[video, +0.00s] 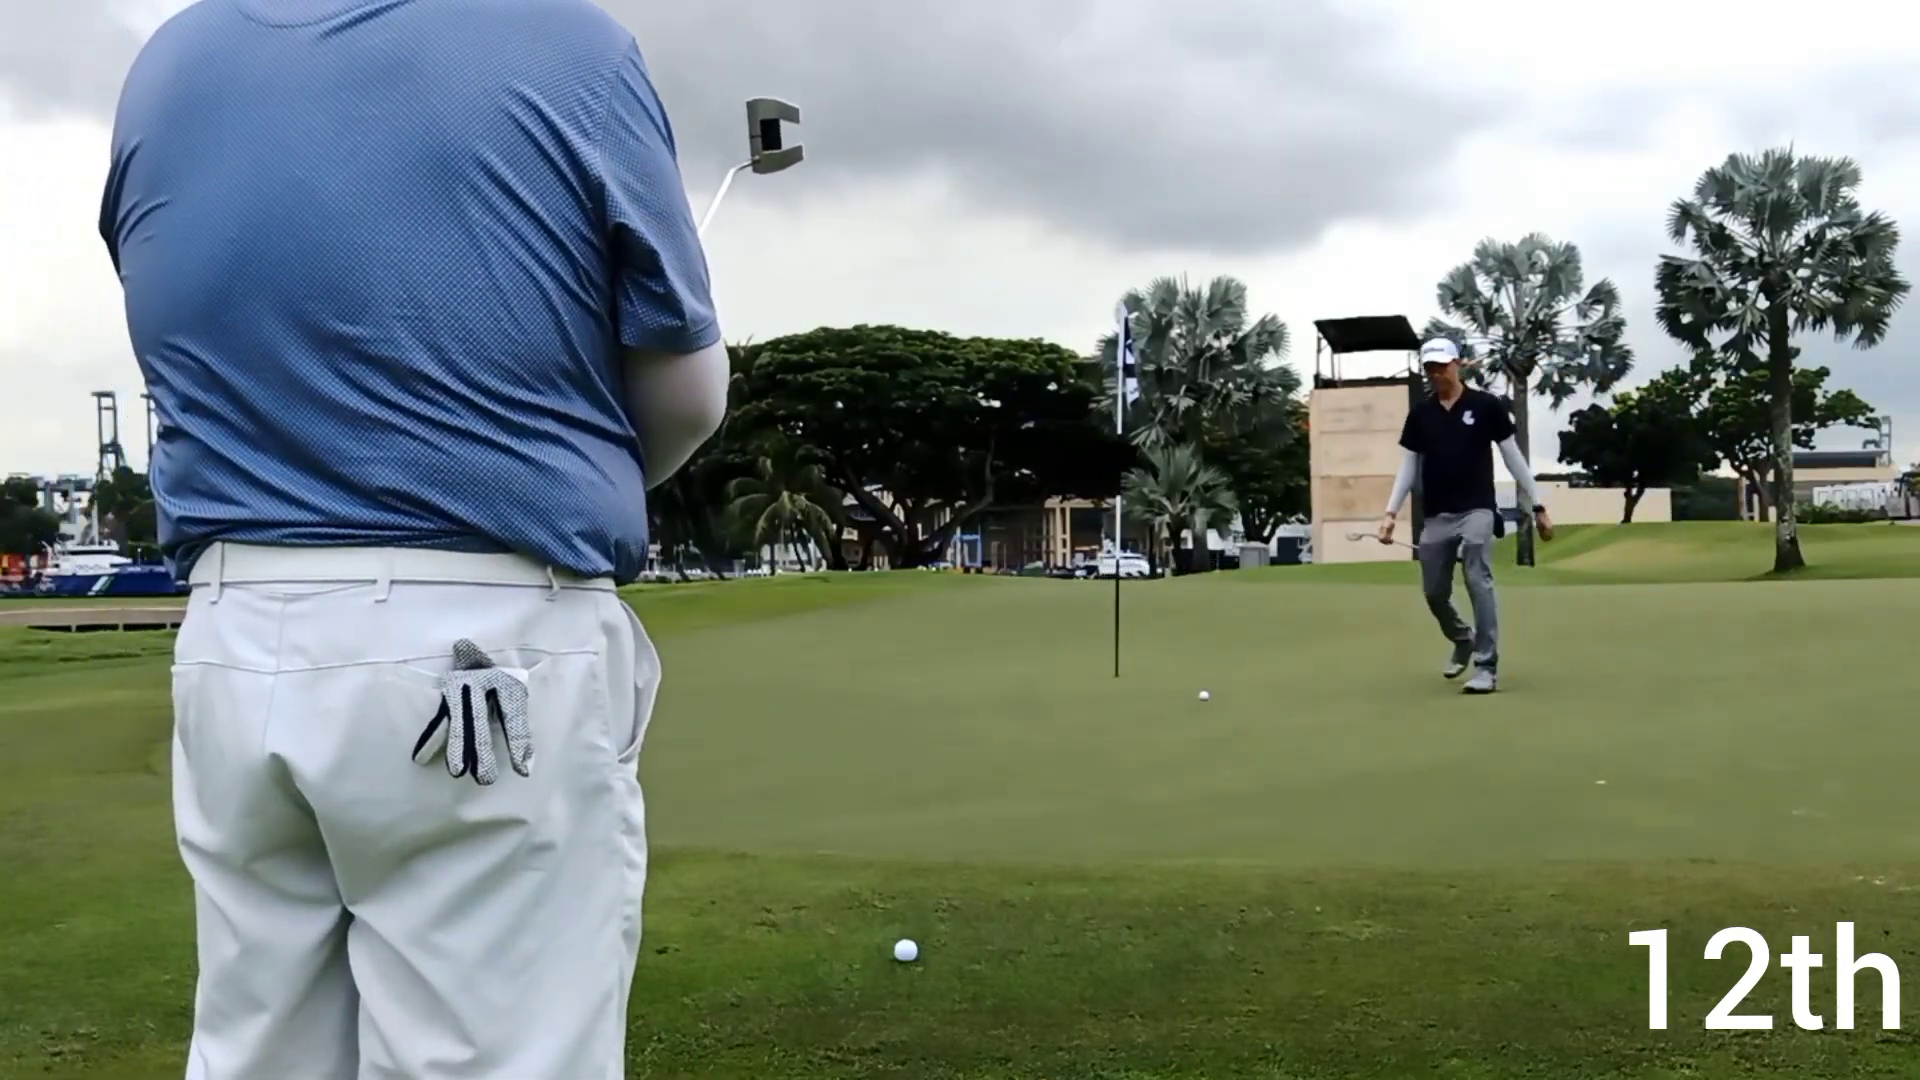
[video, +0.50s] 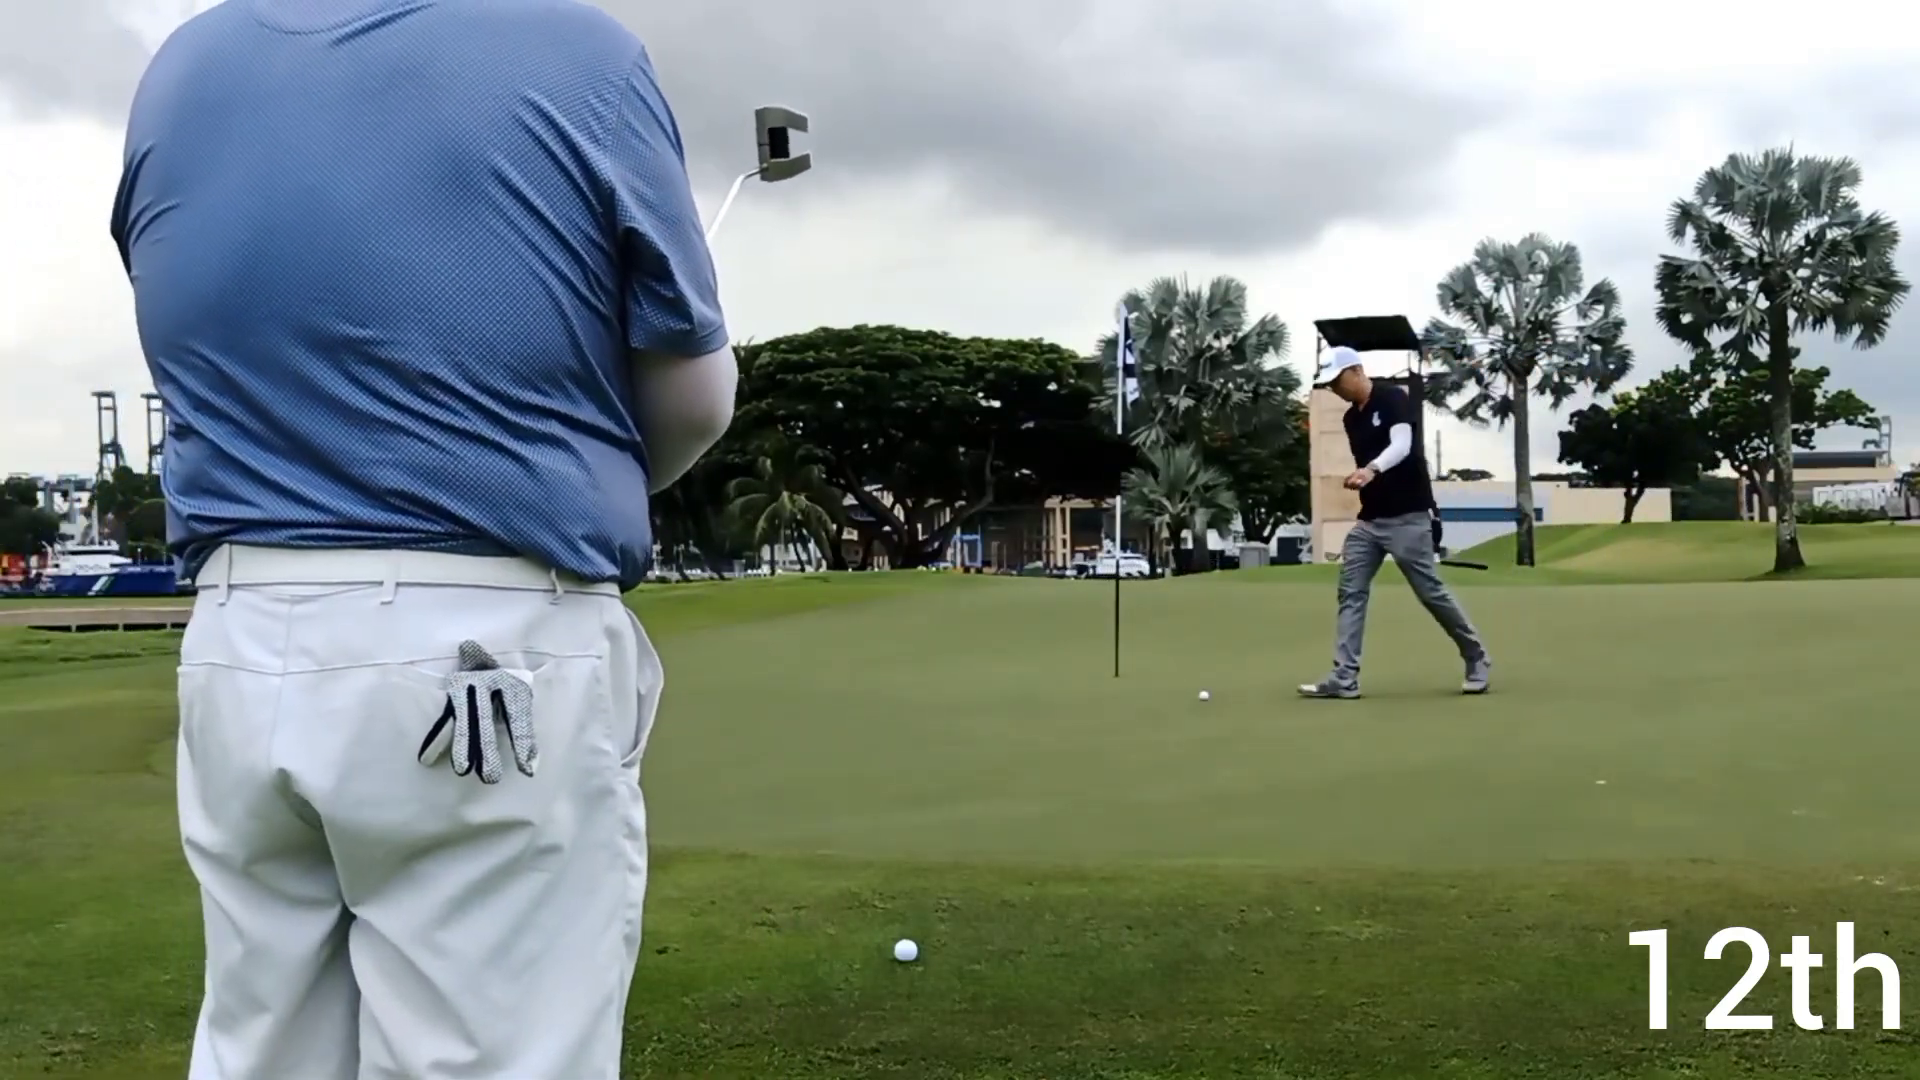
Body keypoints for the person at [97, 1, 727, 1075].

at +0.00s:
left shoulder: (172, 52)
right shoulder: (571, 40)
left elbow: (175, 333)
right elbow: (683, 390)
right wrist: (560, 492)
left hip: (238, 617)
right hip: (494, 621)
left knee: (253, 1058)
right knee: (503, 1058)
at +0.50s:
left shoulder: (187, 57)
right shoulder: (582, 46)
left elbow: (183, 331)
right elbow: (691, 393)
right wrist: (565, 494)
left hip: (245, 616)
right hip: (501, 621)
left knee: (257, 1058)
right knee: (503, 1058)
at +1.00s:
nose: (546, 22)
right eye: (546, 17)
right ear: (521, 4)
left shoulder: (206, 112)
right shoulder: (608, 108)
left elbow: (137, 436)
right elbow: (698, 439)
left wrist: (275, 536)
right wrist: (577, 552)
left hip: (250, 625)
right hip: (499, 620)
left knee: (286, 1043)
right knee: (473, 1055)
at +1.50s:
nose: (462, 82)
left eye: (468, 64)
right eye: (466, 57)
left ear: (309, 37)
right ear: (439, 44)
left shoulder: (168, 173)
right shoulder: (517, 176)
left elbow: (45, 386)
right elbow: (621, 398)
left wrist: (32, 624)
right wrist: (598, 615)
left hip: (226, 593)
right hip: (441, 590)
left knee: (270, 989)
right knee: (472, 948)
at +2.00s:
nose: (480, 171)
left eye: (485, 150)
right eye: (483, 147)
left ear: (350, 117)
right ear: (451, 127)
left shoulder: (235, 235)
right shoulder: (512, 247)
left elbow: (177, 448)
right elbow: (594, 447)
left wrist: (262, 536)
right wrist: (602, 610)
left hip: (273, 595)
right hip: (449, 598)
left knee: (286, 907)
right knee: (421, 904)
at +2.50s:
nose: (542, 207)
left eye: (548, 191)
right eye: (547, 187)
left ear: (433, 148)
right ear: (518, 164)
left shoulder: (309, 248)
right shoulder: (546, 266)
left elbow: (209, 379)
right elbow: (601, 435)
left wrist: (164, 532)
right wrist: (600, 594)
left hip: (337, 554)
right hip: (479, 560)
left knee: (361, 794)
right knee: (433, 841)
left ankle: (376, 984)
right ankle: (395, 1070)